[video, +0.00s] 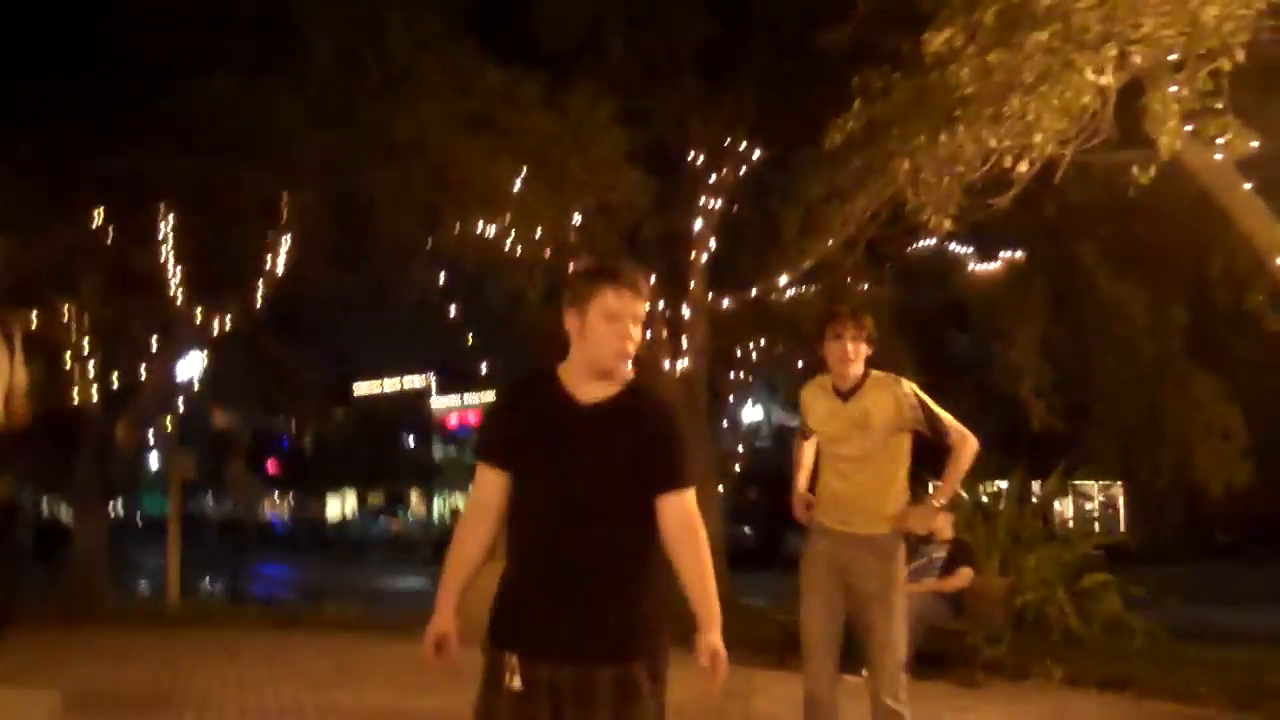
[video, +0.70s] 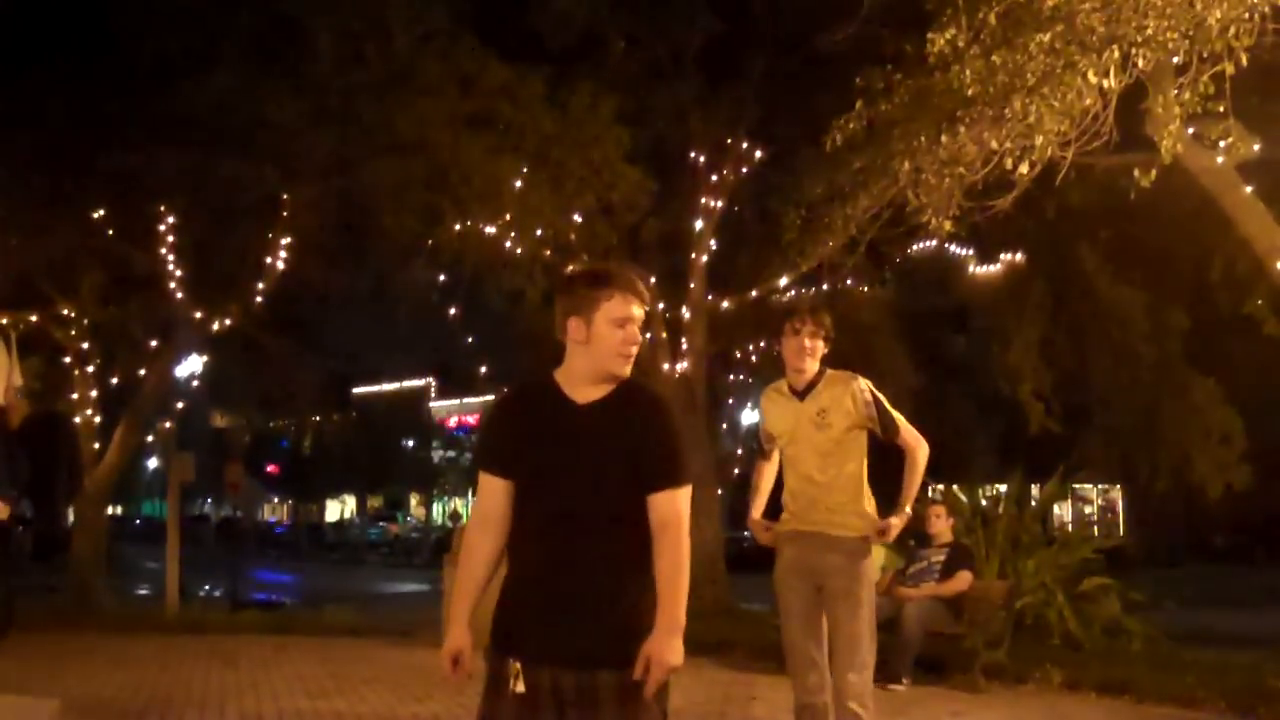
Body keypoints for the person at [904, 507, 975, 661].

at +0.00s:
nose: (934, 518)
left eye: (940, 513)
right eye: (934, 513)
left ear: (951, 517)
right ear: (930, 516)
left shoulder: (960, 546)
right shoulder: (919, 544)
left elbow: (963, 578)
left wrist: (925, 586)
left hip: (946, 603)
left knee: (913, 604)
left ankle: (903, 666)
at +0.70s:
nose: (931, 521)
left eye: (937, 517)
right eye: (928, 517)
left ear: (950, 522)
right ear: (924, 522)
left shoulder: (960, 550)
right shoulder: (917, 552)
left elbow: (962, 583)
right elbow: (895, 582)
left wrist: (919, 592)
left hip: (943, 606)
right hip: (910, 603)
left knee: (911, 610)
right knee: (872, 606)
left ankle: (902, 674)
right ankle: (862, 669)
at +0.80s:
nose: (927, 529)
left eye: (933, 523)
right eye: (924, 523)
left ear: (946, 526)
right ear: (919, 527)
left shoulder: (955, 557)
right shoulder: (913, 554)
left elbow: (957, 588)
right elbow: (896, 579)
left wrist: (911, 598)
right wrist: (886, 590)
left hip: (937, 613)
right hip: (903, 607)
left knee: (907, 614)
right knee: (864, 612)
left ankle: (898, 679)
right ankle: (859, 674)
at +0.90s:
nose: (899, 537)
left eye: (905, 531)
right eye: (897, 532)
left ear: (918, 535)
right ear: (891, 536)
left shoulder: (928, 567)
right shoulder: (885, 567)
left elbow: (929, 598)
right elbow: (865, 597)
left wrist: (883, 608)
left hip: (911, 626)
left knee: (881, 622)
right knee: (841, 620)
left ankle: (872, 688)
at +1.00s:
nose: (896, 559)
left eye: (901, 552)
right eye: (893, 553)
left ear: (915, 555)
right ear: (888, 557)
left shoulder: (924, 586)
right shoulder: (879, 586)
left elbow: (924, 618)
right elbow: (860, 620)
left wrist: (877, 627)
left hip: (908, 649)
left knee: (877, 639)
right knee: (840, 637)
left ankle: (871, 706)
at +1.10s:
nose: (901, 570)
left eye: (907, 565)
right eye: (897, 566)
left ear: (920, 569)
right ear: (892, 570)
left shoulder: (930, 599)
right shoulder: (883, 599)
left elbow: (932, 631)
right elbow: (866, 628)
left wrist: (886, 641)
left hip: (914, 657)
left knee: (884, 656)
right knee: (852, 654)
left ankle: (875, 714)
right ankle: (848, 711)